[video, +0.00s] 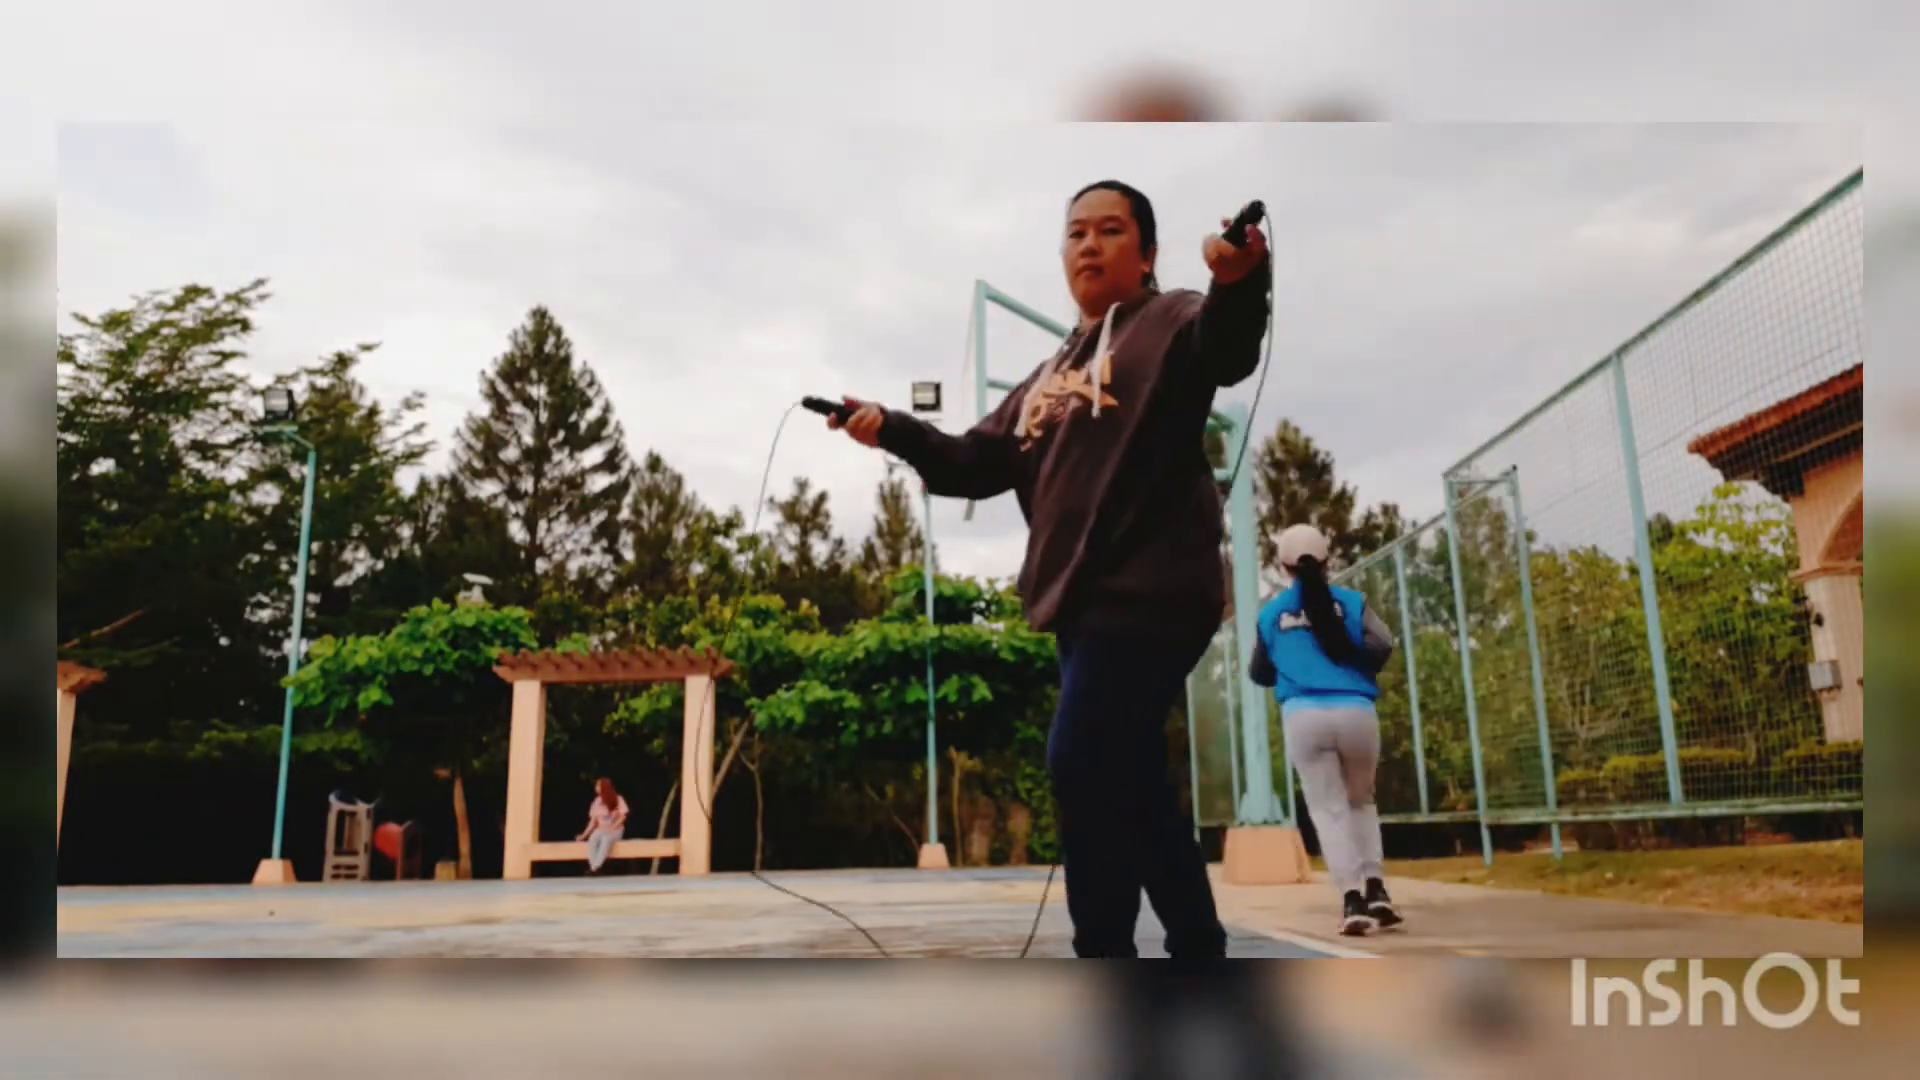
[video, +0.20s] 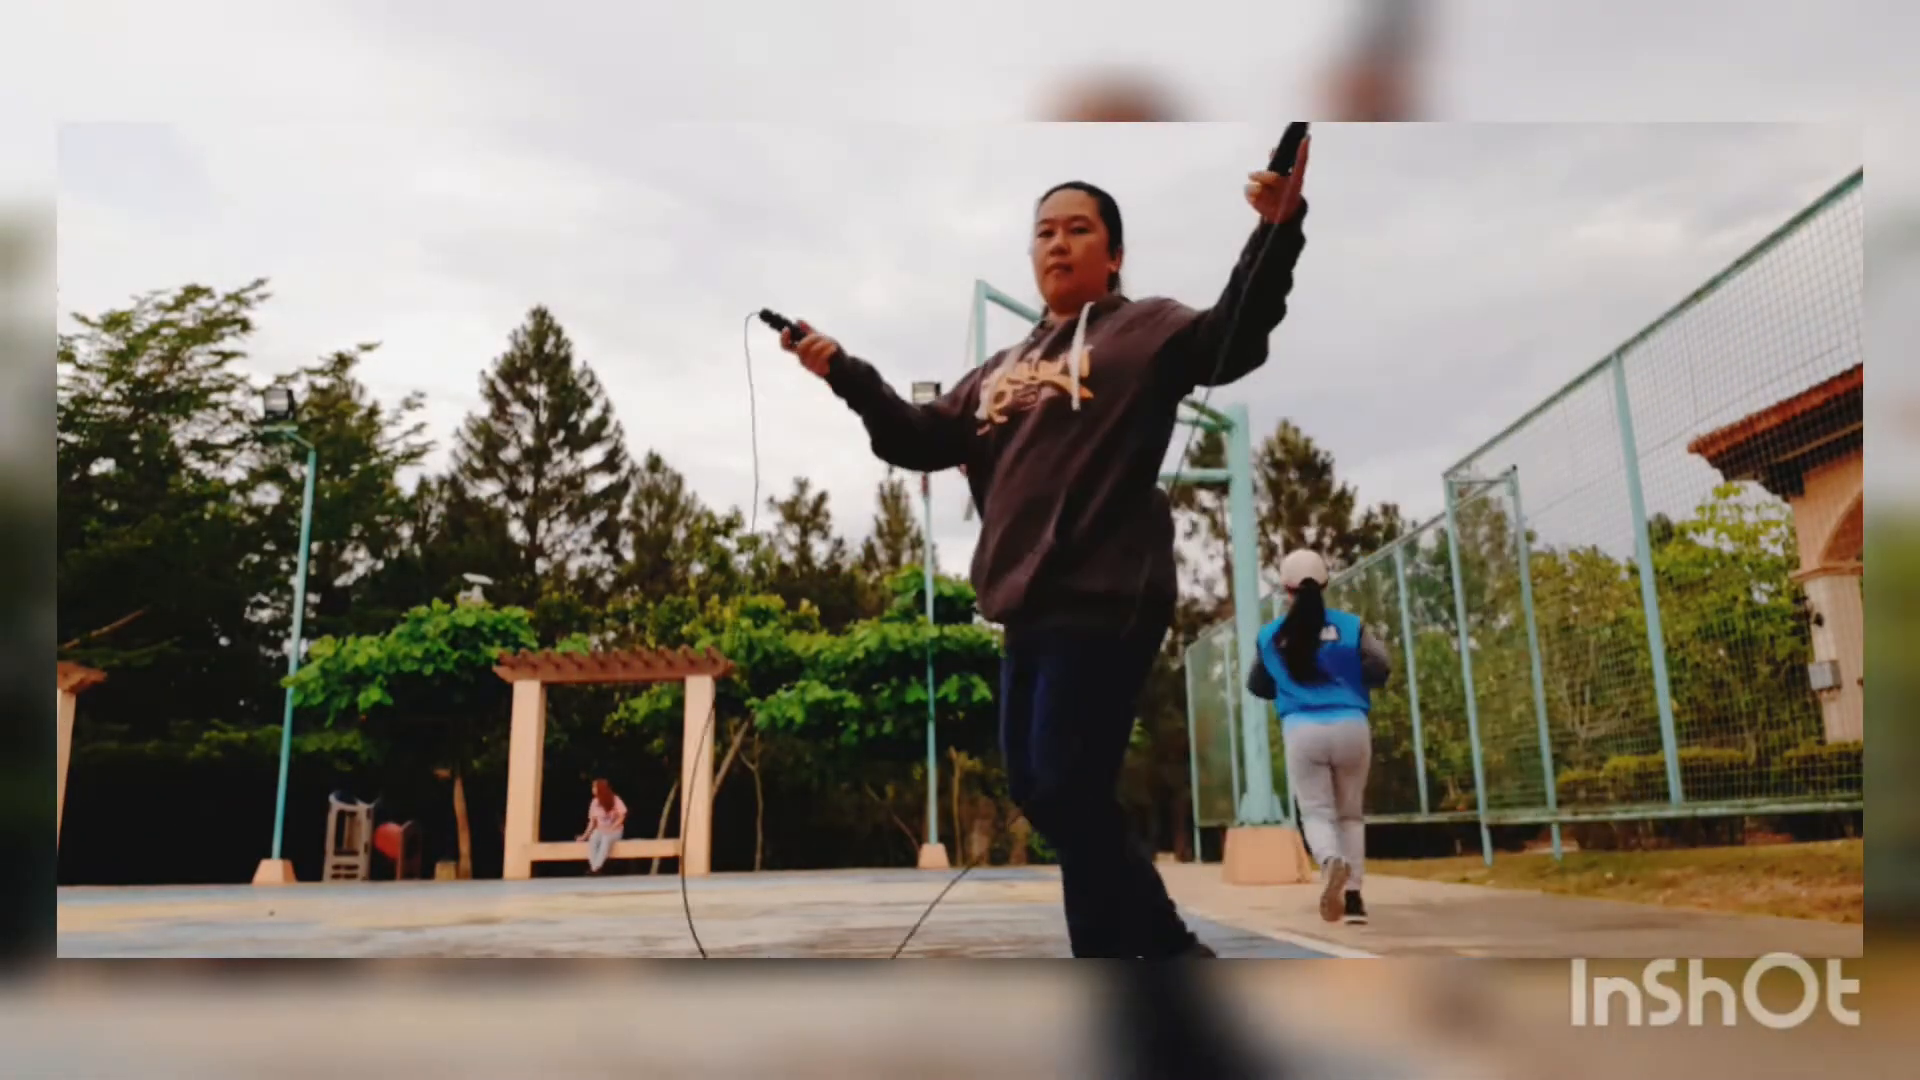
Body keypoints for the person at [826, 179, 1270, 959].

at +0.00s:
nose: (1091, 244)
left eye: (1110, 230)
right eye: (1078, 233)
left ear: (1146, 252)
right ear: (1062, 255)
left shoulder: (1173, 316)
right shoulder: (1050, 376)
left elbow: (1227, 349)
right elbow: (973, 465)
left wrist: (1238, 285)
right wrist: (892, 429)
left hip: (1159, 587)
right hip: (1083, 599)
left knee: (1080, 757)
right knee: (1137, 784)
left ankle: (1104, 957)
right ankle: (1201, 963)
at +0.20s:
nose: (1057, 245)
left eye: (1076, 230)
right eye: (1044, 233)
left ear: (1115, 254)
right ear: (1030, 258)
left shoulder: (1146, 328)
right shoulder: (1005, 371)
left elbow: (1233, 340)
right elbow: (919, 439)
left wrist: (1278, 230)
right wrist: (842, 371)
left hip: (1111, 592)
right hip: (1030, 602)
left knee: (1068, 786)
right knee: (1037, 787)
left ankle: (1139, 976)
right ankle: (1167, 952)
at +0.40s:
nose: (1032, 248)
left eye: (1053, 235)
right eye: (1020, 236)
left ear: (1088, 259)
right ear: (1006, 261)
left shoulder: (1123, 340)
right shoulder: (971, 370)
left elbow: (1215, 366)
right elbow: (884, 437)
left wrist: (1275, 254)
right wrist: (807, 362)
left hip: (1090, 596)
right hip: (992, 604)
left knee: (1070, 775)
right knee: (958, 770)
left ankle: (1104, 974)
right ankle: (1072, 925)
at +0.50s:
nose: (1014, 254)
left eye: (1034, 241)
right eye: (1001, 243)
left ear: (1067, 263)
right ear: (986, 264)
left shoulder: (1102, 349)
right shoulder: (946, 376)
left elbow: (1196, 393)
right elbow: (869, 448)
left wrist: (1259, 299)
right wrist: (786, 384)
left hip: (1073, 603)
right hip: (969, 607)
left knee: (1069, 779)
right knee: (942, 773)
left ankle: (1101, 954)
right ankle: (980, 929)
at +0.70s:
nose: (987, 278)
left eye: (1005, 266)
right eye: (973, 265)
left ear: (1033, 290)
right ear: (955, 285)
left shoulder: (1070, 378)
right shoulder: (912, 390)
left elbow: (1156, 449)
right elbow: (845, 476)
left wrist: (1226, 402)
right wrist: (754, 448)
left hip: (1044, 627)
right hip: (940, 630)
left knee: (1057, 797)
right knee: (928, 809)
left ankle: (1095, 961)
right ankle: (925, 954)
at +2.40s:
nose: (965, 332)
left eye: (978, 320)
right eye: (951, 320)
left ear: (1001, 336)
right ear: (930, 335)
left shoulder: (1041, 425)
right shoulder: (896, 426)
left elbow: (1103, 495)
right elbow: (837, 505)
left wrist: (1177, 496)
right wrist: (782, 507)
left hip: (1026, 646)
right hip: (929, 648)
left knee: (1030, 797)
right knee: (936, 799)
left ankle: (1018, 944)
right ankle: (940, 944)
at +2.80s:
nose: (950, 272)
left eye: (965, 260)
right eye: (936, 261)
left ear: (988, 280)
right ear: (915, 281)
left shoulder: (1026, 369)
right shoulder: (879, 374)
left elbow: (1071, 465)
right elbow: (835, 477)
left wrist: (1125, 538)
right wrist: (779, 553)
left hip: (1011, 589)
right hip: (917, 594)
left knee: (995, 730)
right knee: (929, 750)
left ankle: (980, 911)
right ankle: (952, 903)